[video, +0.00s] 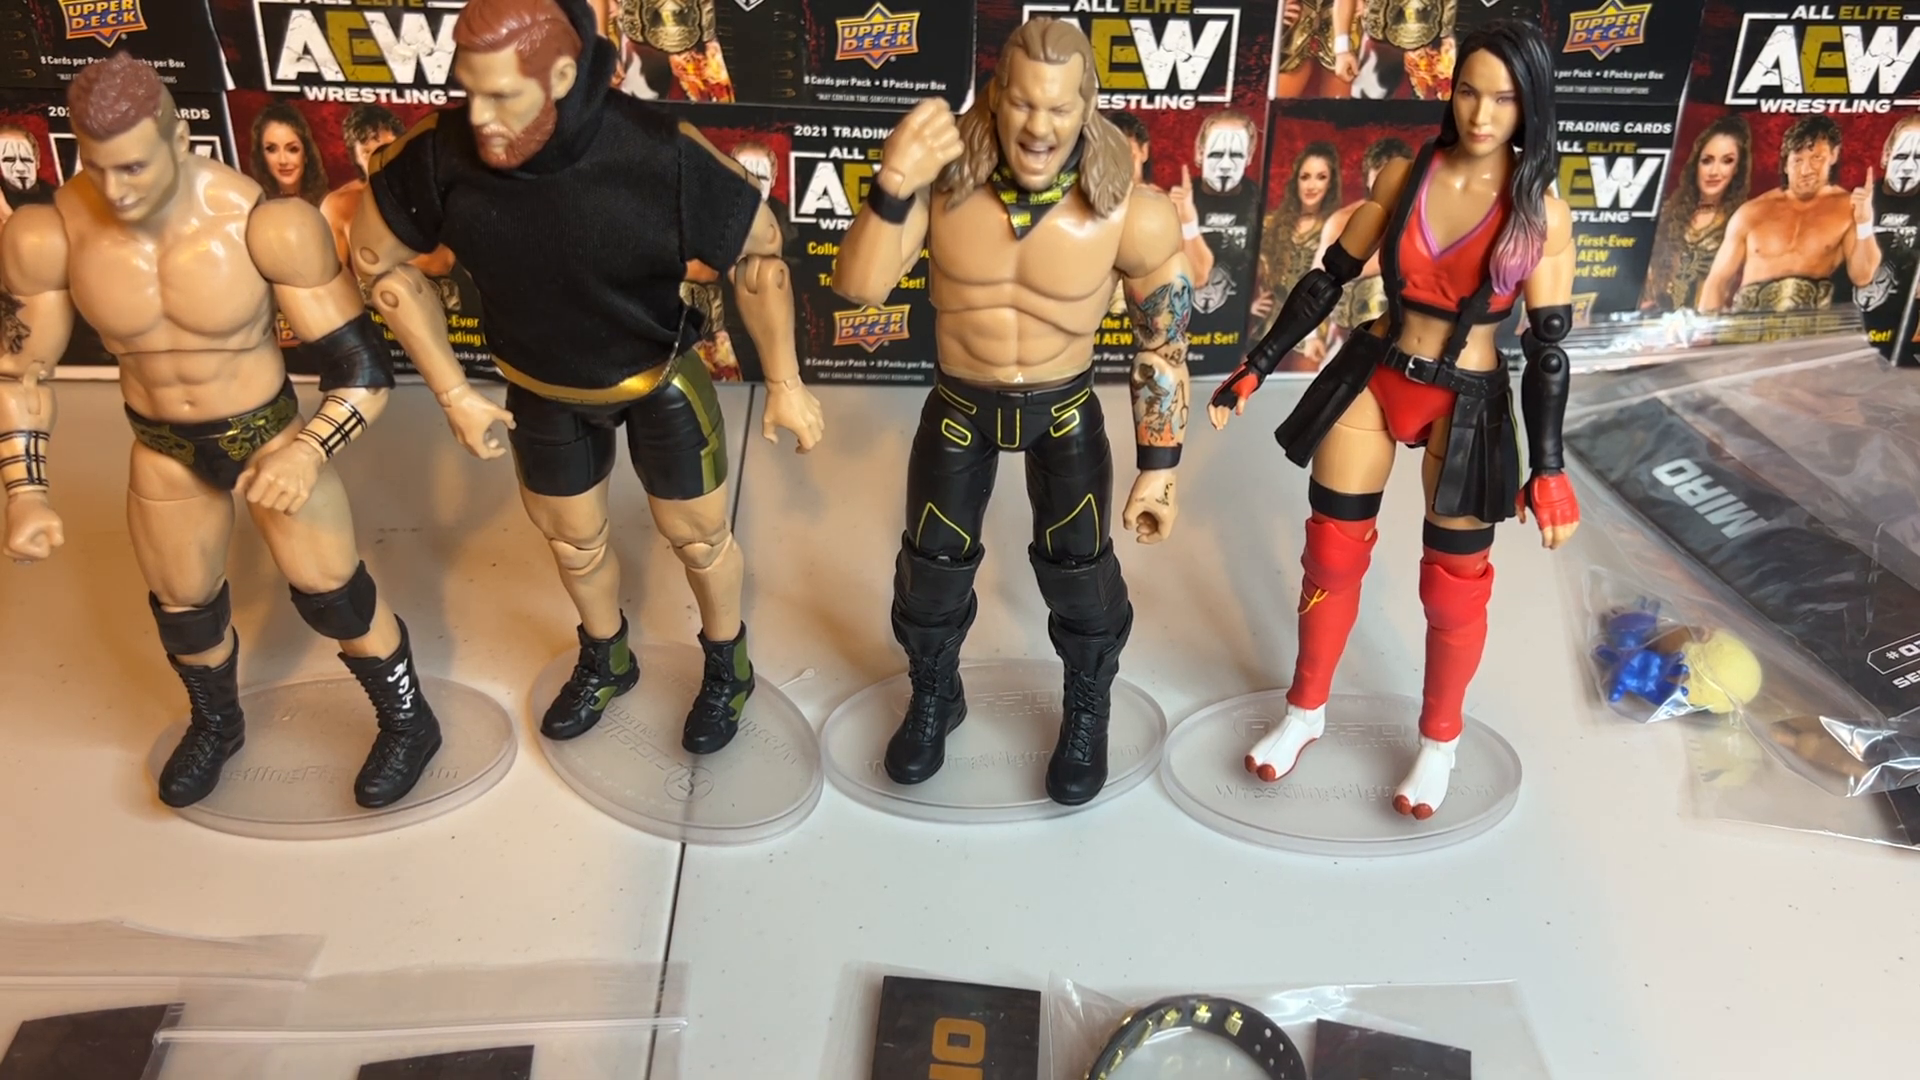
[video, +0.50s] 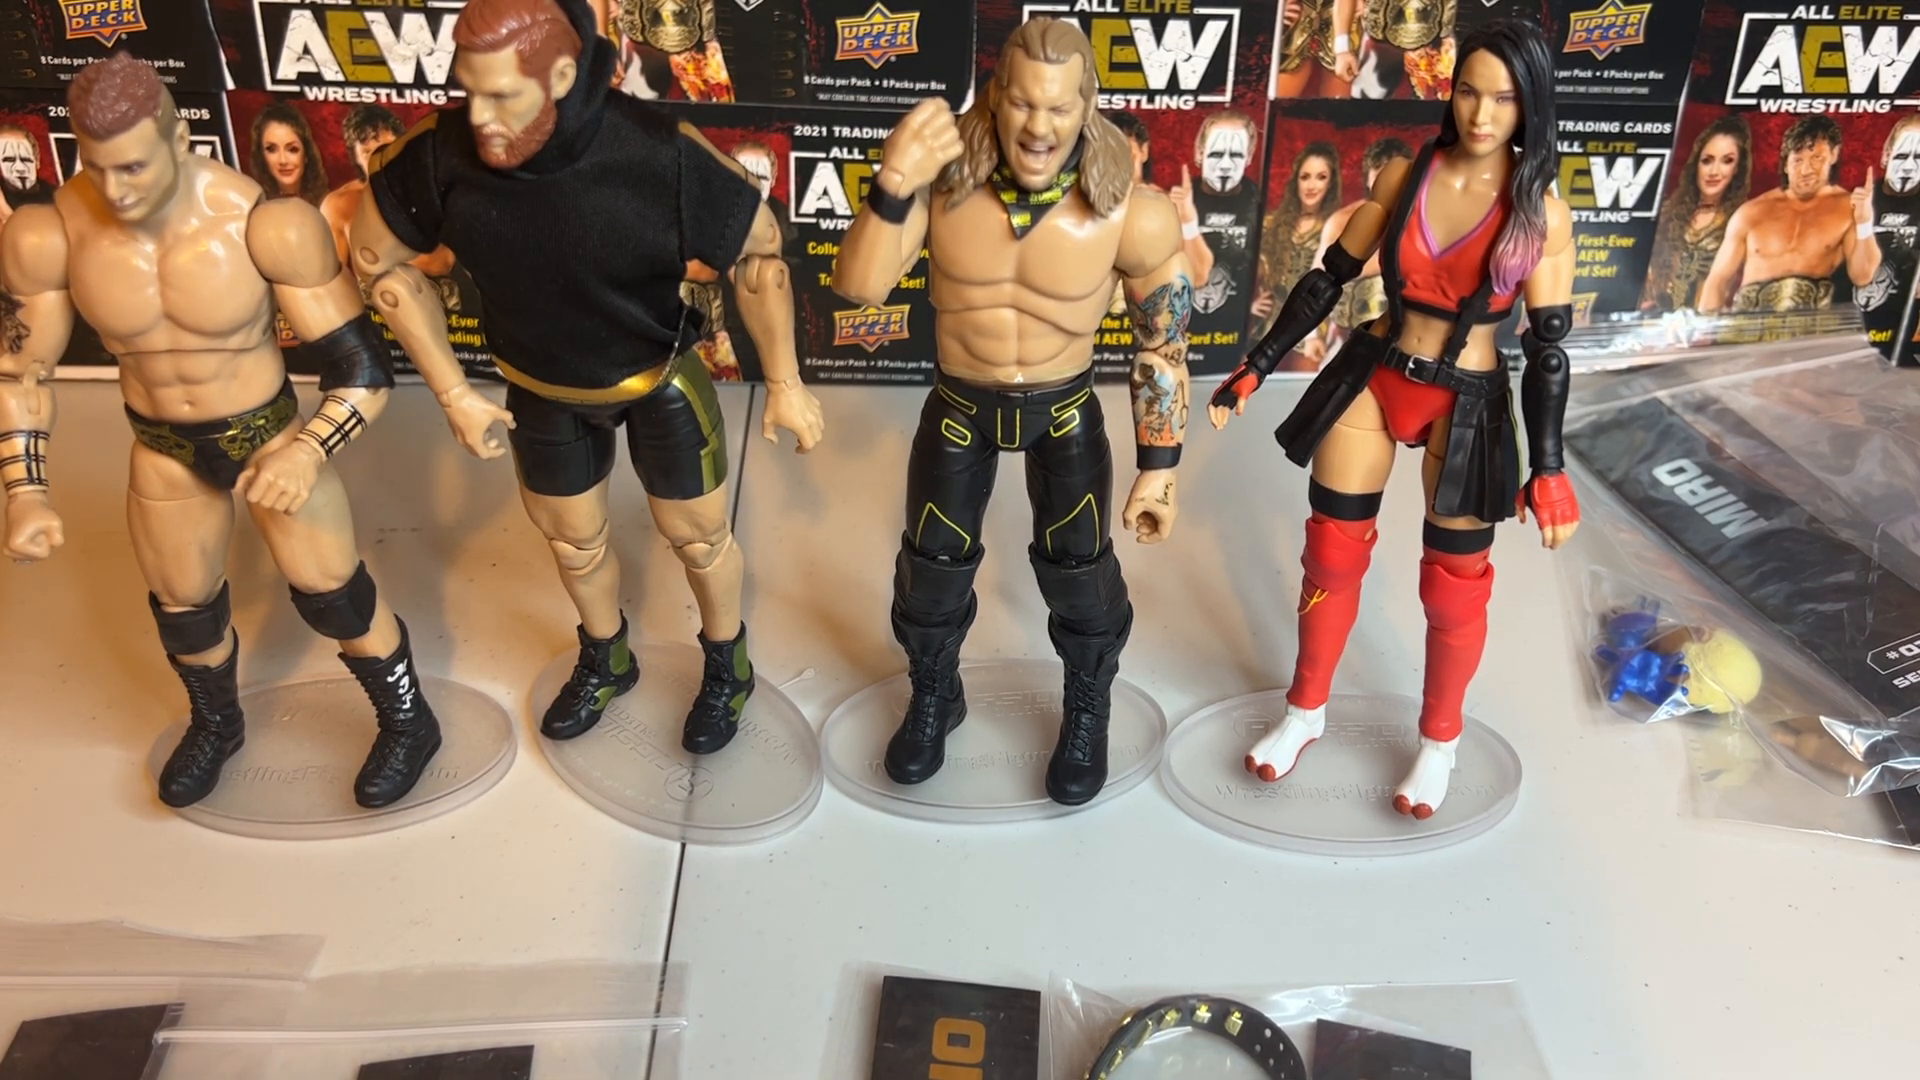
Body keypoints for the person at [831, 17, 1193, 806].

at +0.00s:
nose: (1040, 127)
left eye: (1060, 109)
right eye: (1024, 104)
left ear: (1086, 107)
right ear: (995, 95)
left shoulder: (1129, 207)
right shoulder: (943, 176)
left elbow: (1163, 337)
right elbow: (857, 287)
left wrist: (1161, 463)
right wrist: (892, 190)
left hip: (1064, 408)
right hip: (959, 403)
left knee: (1078, 568)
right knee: (932, 562)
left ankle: (1086, 714)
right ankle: (932, 699)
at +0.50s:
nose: (1039, 127)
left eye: (1059, 109)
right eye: (1024, 104)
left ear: (1086, 106)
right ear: (995, 95)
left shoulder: (1129, 207)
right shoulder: (943, 175)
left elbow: (1162, 337)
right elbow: (858, 286)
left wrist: (1161, 464)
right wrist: (892, 188)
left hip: (1064, 408)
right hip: (958, 403)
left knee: (1078, 568)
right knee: (932, 562)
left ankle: (1086, 712)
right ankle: (932, 698)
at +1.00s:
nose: (1039, 127)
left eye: (1060, 109)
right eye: (1024, 104)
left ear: (1086, 107)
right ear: (995, 95)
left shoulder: (1129, 207)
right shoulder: (944, 176)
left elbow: (1163, 338)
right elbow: (857, 287)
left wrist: (1161, 464)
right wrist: (892, 190)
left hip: (1064, 408)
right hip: (959, 403)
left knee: (1078, 568)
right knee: (932, 562)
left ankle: (1086, 714)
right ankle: (932, 699)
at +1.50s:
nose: (1039, 127)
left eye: (1060, 109)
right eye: (1024, 104)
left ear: (1086, 107)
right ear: (995, 95)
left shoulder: (1129, 207)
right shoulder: (943, 177)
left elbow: (1162, 337)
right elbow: (858, 287)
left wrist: (1161, 463)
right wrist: (892, 189)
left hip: (1064, 407)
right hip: (959, 402)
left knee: (1078, 568)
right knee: (932, 562)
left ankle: (1086, 713)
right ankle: (932, 699)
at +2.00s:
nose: (1039, 127)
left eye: (1060, 109)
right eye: (1024, 104)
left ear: (1086, 106)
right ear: (995, 95)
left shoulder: (1129, 207)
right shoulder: (943, 176)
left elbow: (1163, 338)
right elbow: (858, 288)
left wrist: (1161, 464)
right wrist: (892, 190)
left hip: (1064, 408)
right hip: (959, 403)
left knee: (1078, 568)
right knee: (932, 562)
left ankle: (1086, 713)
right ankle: (932, 699)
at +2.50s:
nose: (1040, 127)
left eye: (1060, 109)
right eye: (1024, 104)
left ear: (1086, 106)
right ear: (995, 95)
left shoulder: (1129, 207)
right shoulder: (944, 176)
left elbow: (1163, 338)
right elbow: (858, 287)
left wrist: (1161, 464)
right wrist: (892, 189)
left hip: (1064, 408)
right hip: (959, 403)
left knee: (1078, 569)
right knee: (932, 563)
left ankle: (1086, 713)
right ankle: (932, 699)